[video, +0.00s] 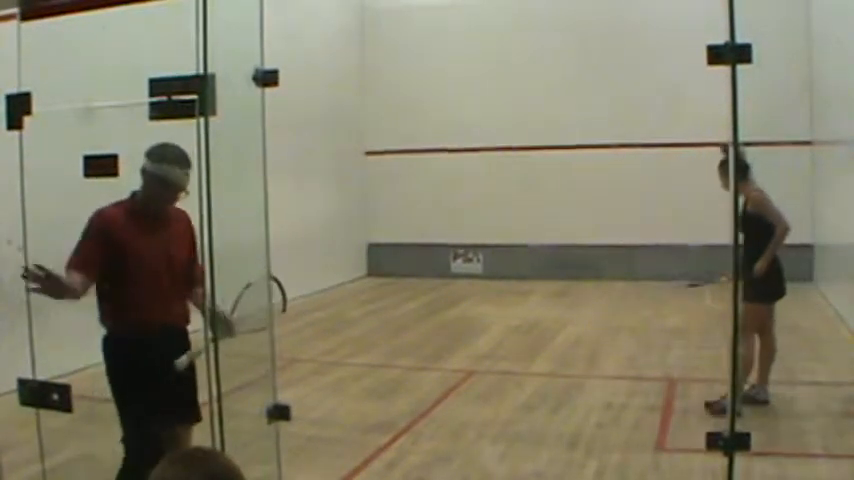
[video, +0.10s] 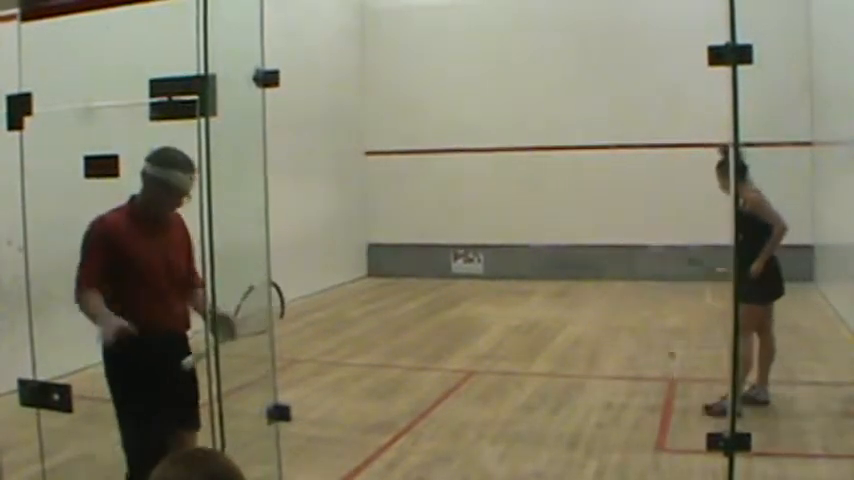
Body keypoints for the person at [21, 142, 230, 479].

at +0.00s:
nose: (173, 196)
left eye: (179, 189)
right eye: (167, 186)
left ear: (183, 188)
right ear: (146, 177)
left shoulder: (180, 222)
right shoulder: (109, 222)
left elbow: (193, 283)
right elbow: (79, 280)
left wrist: (213, 314)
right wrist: (61, 287)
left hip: (173, 340)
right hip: (128, 346)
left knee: (179, 443)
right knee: (144, 450)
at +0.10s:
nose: (180, 202)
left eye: (184, 195)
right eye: (174, 193)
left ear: (184, 193)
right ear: (150, 184)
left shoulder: (176, 226)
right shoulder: (107, 228)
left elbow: (190, 284)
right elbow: (86, 289)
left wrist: (211, 315)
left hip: (173, 345)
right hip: (129, 348)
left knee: (184, 437)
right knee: (145, 451)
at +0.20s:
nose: (182, 207)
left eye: (184, 200)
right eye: (178, 198)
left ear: (179, 194)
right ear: (153, 187)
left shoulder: (167, 224)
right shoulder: (109, 234)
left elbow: (178, 285)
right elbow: (98, 307)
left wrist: (209, 314)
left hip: (171, 354)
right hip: (127, 359)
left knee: (187, 448)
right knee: (148, 461)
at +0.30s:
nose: (184, 204)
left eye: (187, 196)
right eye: (180, 194)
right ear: (154, 186)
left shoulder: (162, 225)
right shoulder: (114, 232)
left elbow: (171, 284)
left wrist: (204, 310)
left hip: (165, 355)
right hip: (126, 358)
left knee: (183, 450)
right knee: (149, 461)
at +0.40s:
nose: (184, 199)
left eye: (187, 191)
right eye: (180, 189)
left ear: (172, 187)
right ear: (156, 181)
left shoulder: (153, 222)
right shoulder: (126, 229)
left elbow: (163, 288)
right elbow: (134, 307)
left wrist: (202, 306)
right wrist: (185, 332)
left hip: (155, 350)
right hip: (130, 355)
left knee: (176, 440)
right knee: (151, 456)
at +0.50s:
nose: (187, 195)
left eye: (189, 187)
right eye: (184, 185)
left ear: (164, 182)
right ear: (163, 180)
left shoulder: (152, 220)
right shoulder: (139, 226)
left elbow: (157, 286)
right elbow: (148, 304)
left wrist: (194, 299)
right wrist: (192, 341)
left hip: (147, 350)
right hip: (136, 354)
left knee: (158, 454)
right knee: (153, 456)